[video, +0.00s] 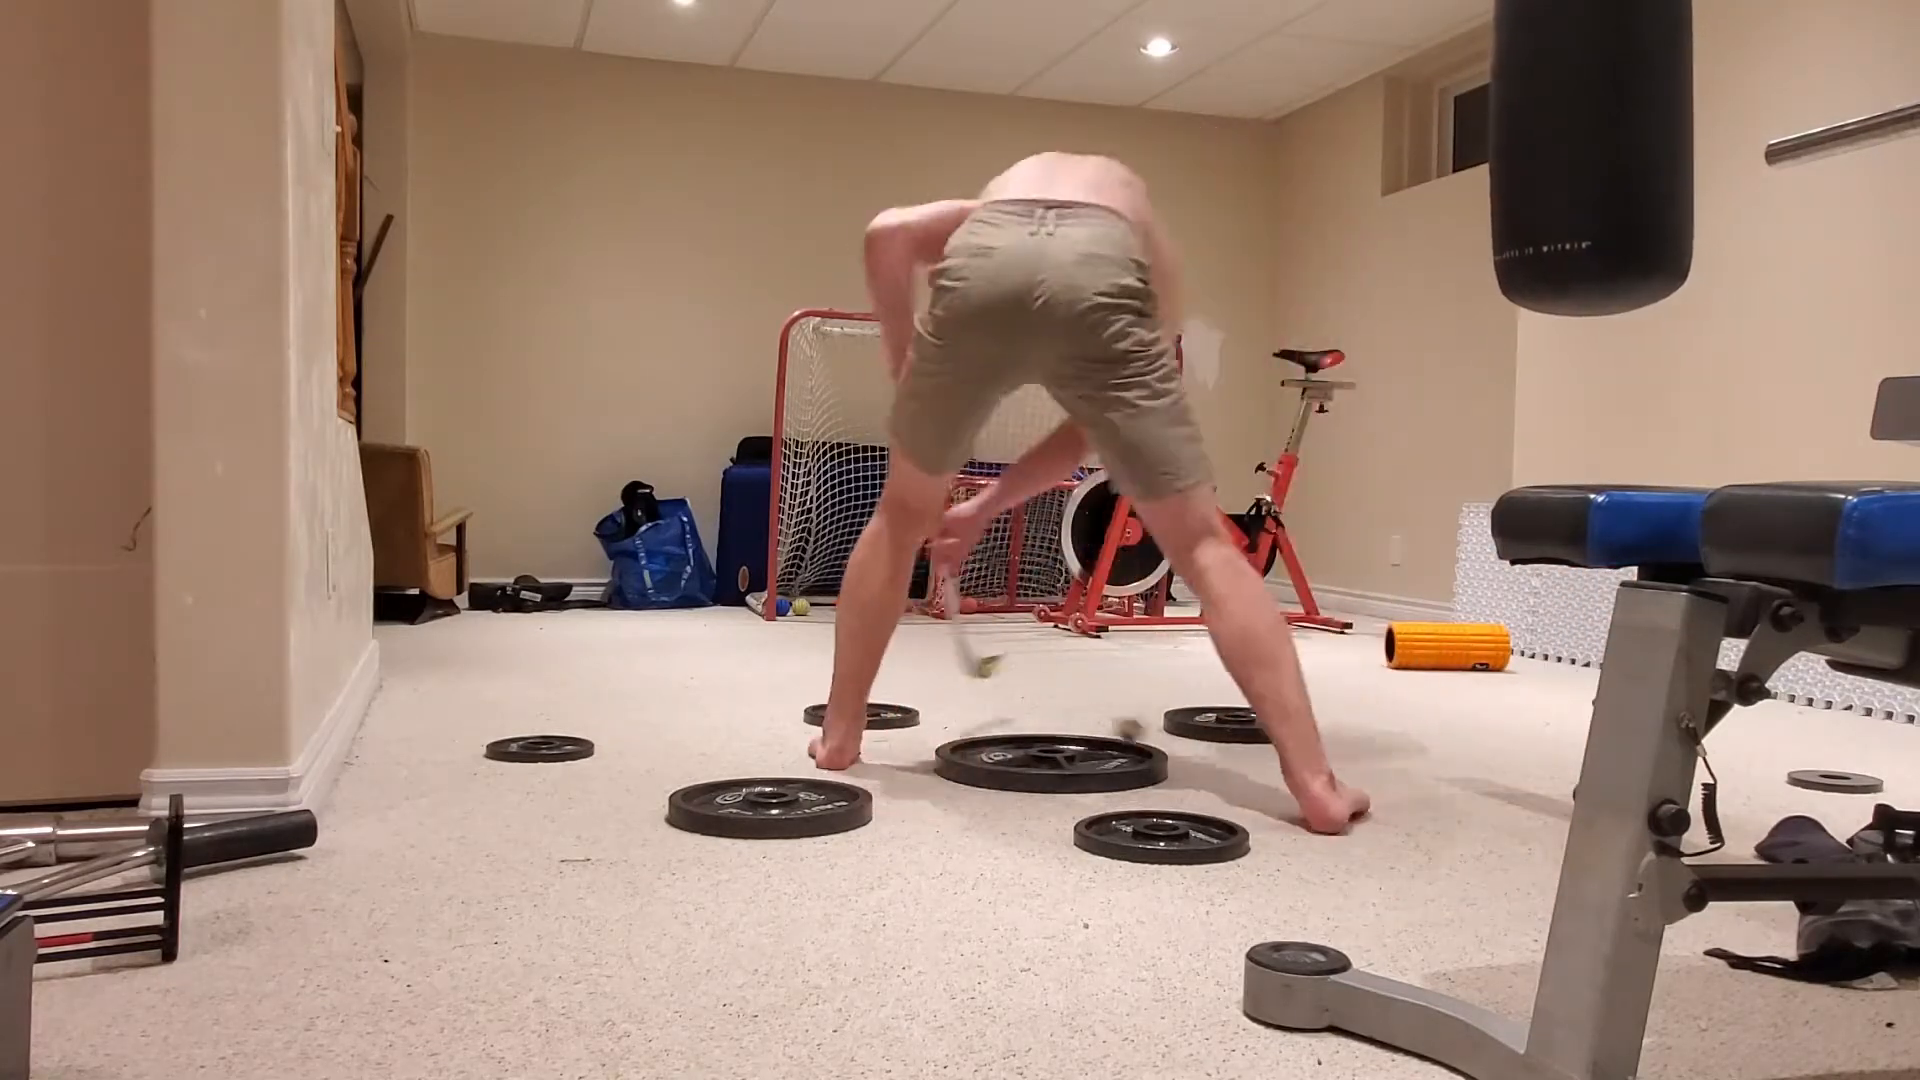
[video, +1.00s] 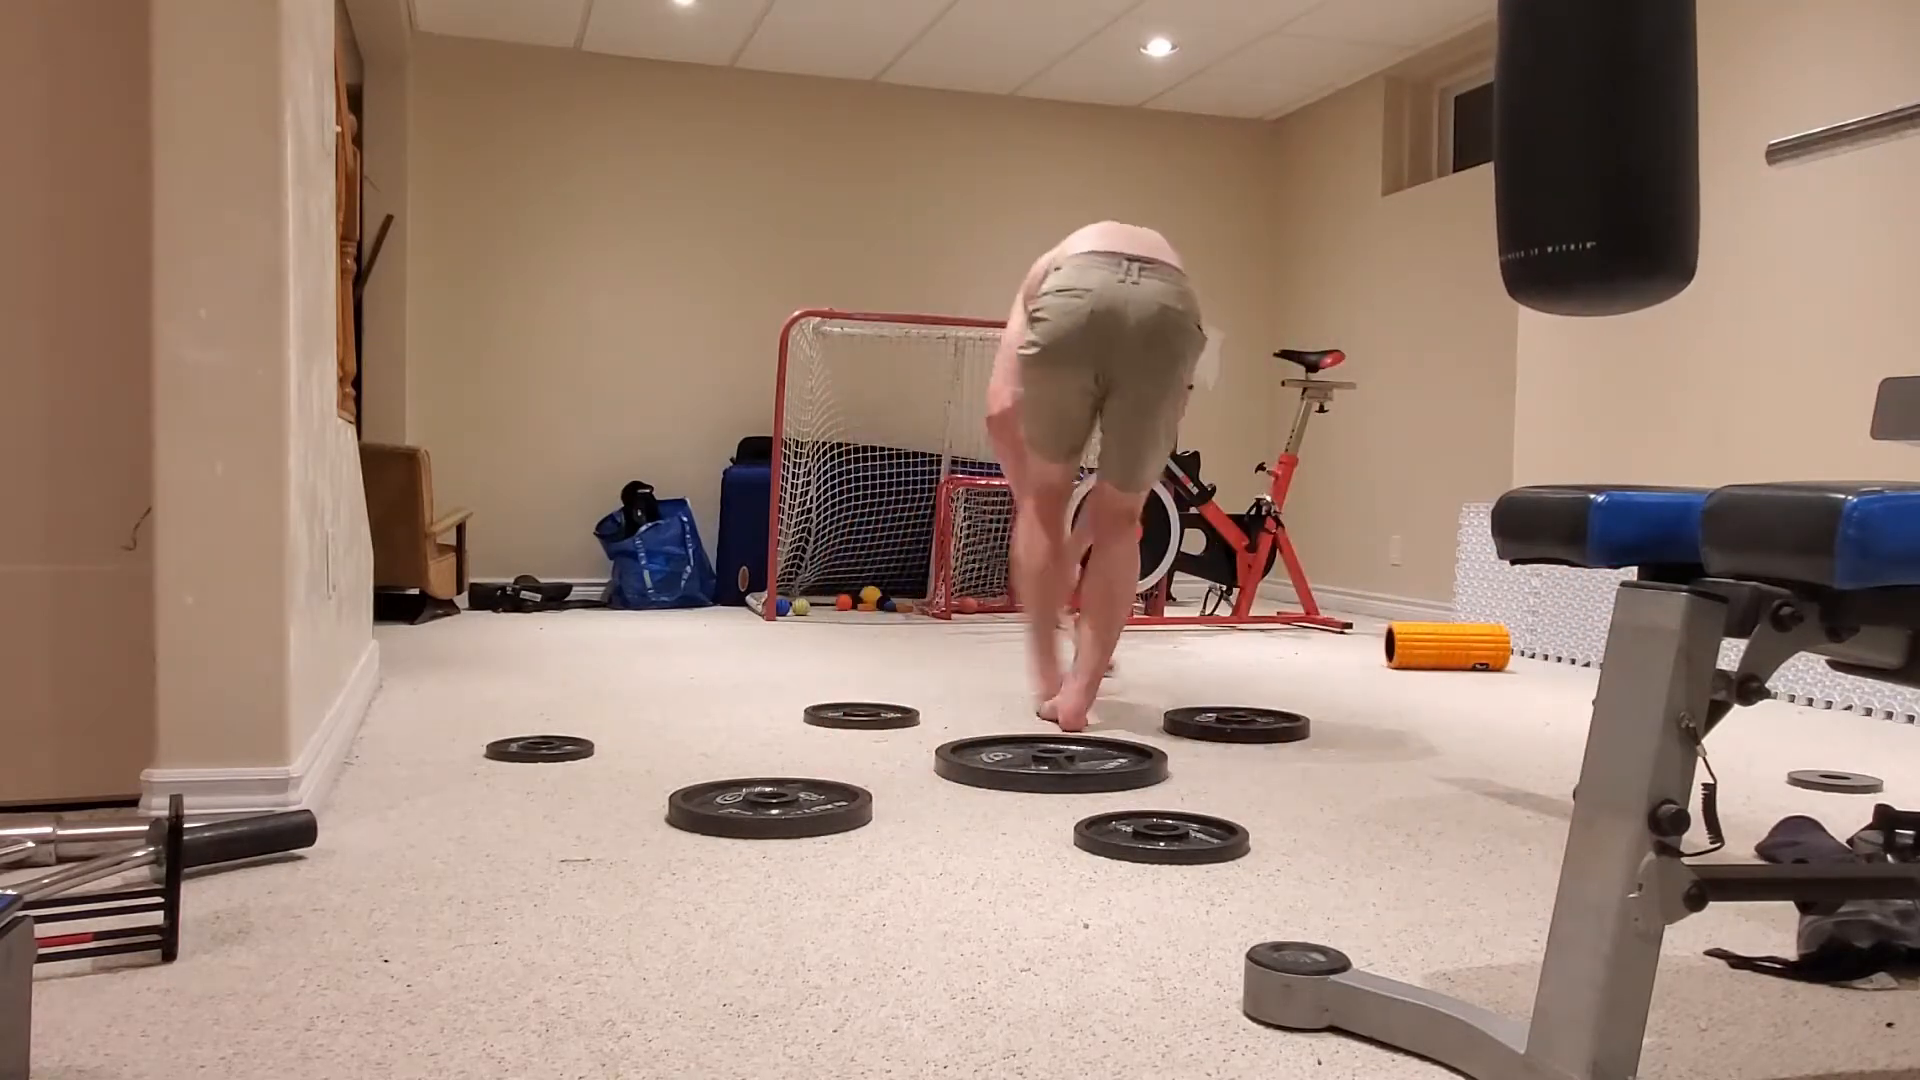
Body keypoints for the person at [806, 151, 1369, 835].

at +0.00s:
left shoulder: (986, 211)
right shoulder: (1150, 259)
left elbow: (888, 232)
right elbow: (1097, 419)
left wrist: (903, 370)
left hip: (989, 252)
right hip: (1109, 267)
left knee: (897, 519)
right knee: (1205, 547)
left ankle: (839, 737)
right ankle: (1316, 786)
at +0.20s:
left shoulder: (898, 203)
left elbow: (820, 299)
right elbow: (988, 436)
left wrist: (851, 422)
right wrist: (906, 538)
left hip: (938, 242)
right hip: (1051, 244)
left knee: (867, 512)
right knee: (1152, 515)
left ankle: (834, 735)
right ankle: (1279, 697)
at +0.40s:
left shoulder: (875, 227)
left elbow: (833, 336)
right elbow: (1011, 430)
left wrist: (898, 474)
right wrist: (964, 533)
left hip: (930, 244)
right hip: (1042, 239)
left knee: (869, 511)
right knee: (1095, 493)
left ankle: (837, 736)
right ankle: (1169, 699)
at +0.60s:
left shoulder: (911, 268)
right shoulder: (1061, 228)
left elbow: (906, 396)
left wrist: (988, 515)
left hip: (974, 280)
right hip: (1081, 283)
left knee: (889, 520)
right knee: (1065, 513)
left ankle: (839, 733)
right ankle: (1069, 702)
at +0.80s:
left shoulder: (989, 275)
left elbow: (985, 432)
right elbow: (1133, 443)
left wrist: (1038, 534)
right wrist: (1115, 539)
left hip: (1033, 272)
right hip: (1132, 279)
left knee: (938, 490)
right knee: (1090, 517)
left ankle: (882, 669)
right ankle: (1076, 702)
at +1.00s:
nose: (1074, 606)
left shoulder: (1046, 277)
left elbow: (1002, 409)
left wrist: (1045, 546)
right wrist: (1072, 552)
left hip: (1073, 290)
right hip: (1169, 302)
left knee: (1043, 504)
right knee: (1119, 516)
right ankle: (1079, 692)